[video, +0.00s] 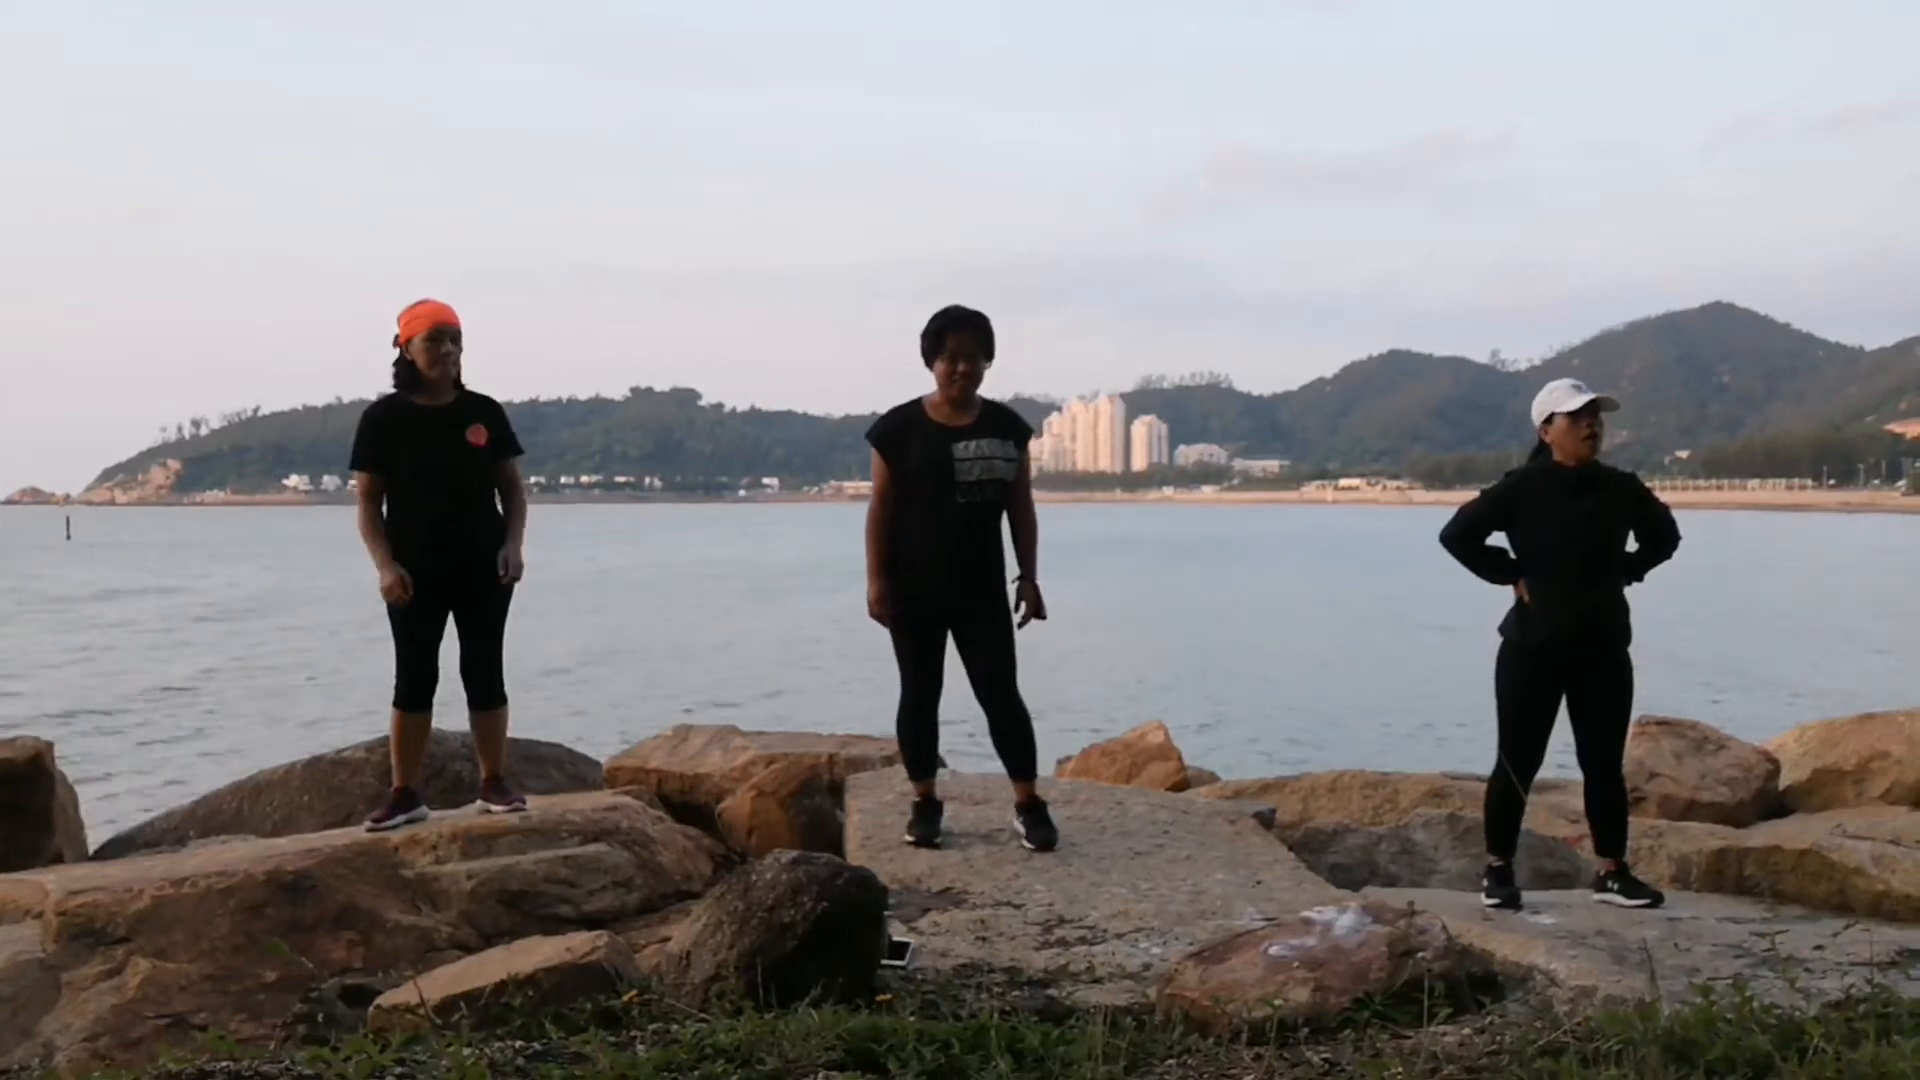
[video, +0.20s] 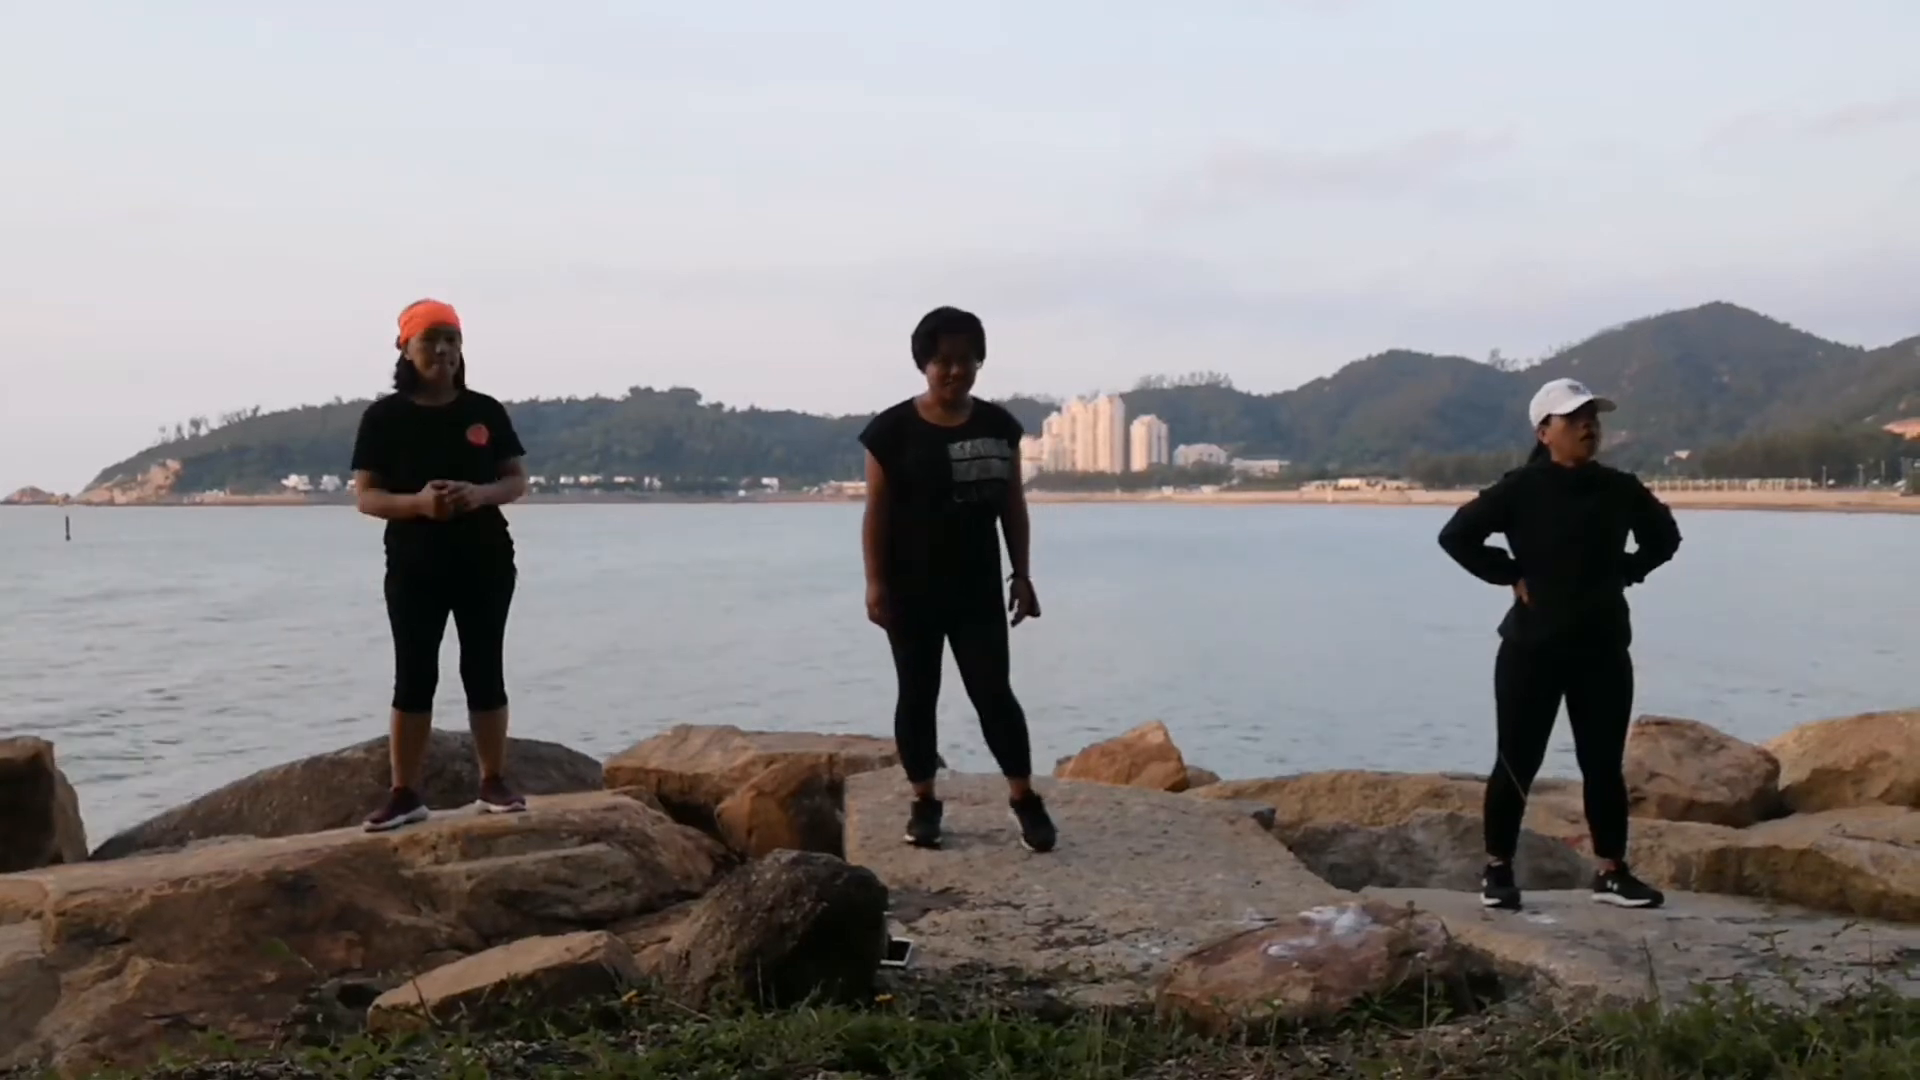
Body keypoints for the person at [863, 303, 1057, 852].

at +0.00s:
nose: (962, 369)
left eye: (973, 360)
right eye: (951, 359)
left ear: (986, 364)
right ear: (931, 361)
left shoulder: (1007, 427)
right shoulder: (897, 429)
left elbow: (1021, 506)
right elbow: (880, 509)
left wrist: (1028, 576)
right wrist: (875, 579)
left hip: (981, 586)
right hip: (914, 588)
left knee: (1002, 697)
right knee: (918, 697)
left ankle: (1029, 802)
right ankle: (924, 802)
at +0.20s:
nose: (955, 372)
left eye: (966, 362)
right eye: (944, 361)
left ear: (978, 365)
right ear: (922, 363)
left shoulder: (998, 426)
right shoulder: (890, 430)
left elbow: (1012, 504)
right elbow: (876, 512)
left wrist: (1021, 574)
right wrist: (874, 582)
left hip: (976, 586)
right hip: (911, 589)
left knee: (994, 695)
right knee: (916, 698)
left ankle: (1024, 798)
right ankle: (924, 802)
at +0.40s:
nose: (953, 371)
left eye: (964, 361)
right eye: (942, 361)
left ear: (976, 364)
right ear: (920, 361)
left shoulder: (997, 424)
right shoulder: (888, 431)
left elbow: (1012, 503)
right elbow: (875, 511)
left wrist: (1020, 573)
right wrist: (876, 580)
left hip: (981, 584)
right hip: (914, 589)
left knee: (1004, 694)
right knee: (918, 697)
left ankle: (1029, 797)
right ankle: (924, 803)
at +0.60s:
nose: (961, 369)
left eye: (970, 359)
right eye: (949, 359)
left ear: (983, 363)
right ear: (926, 362)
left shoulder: (1008, 424)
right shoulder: (896, 433)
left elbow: (1023, 502)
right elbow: (881, 513)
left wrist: (1032, 571)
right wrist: (876, 581)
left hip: (990, 584)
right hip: (922, 588)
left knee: (1020, 694)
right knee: (923, 695)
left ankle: (1047, 802)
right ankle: (924, 802)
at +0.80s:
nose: (987, 368)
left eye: (997, 357)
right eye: (975, 359)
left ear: (1010, 360)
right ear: (954, 365)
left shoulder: (1044, 426)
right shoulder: (931, 437)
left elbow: (1060, 503)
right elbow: (911, 515)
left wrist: (1062, 570)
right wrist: (896, 584)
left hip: (1021, 588)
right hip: (951, 591)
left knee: (1035, 702)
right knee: (940, 697)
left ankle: (1056, 813)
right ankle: (926, 805)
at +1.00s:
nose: (1017, 362)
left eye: (1027, 352)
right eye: (1006, 353)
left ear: (1045, 357)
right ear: (989, 363)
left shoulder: (1077, 428)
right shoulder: (964, 434)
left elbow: (1094, 509)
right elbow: (949, 517)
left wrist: (1089, 571)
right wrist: (942, 585)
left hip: (1052, 588)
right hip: (981, 588)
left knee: (1054, 703)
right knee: (963, 697)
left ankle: (1061, 813)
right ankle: (930, 803)